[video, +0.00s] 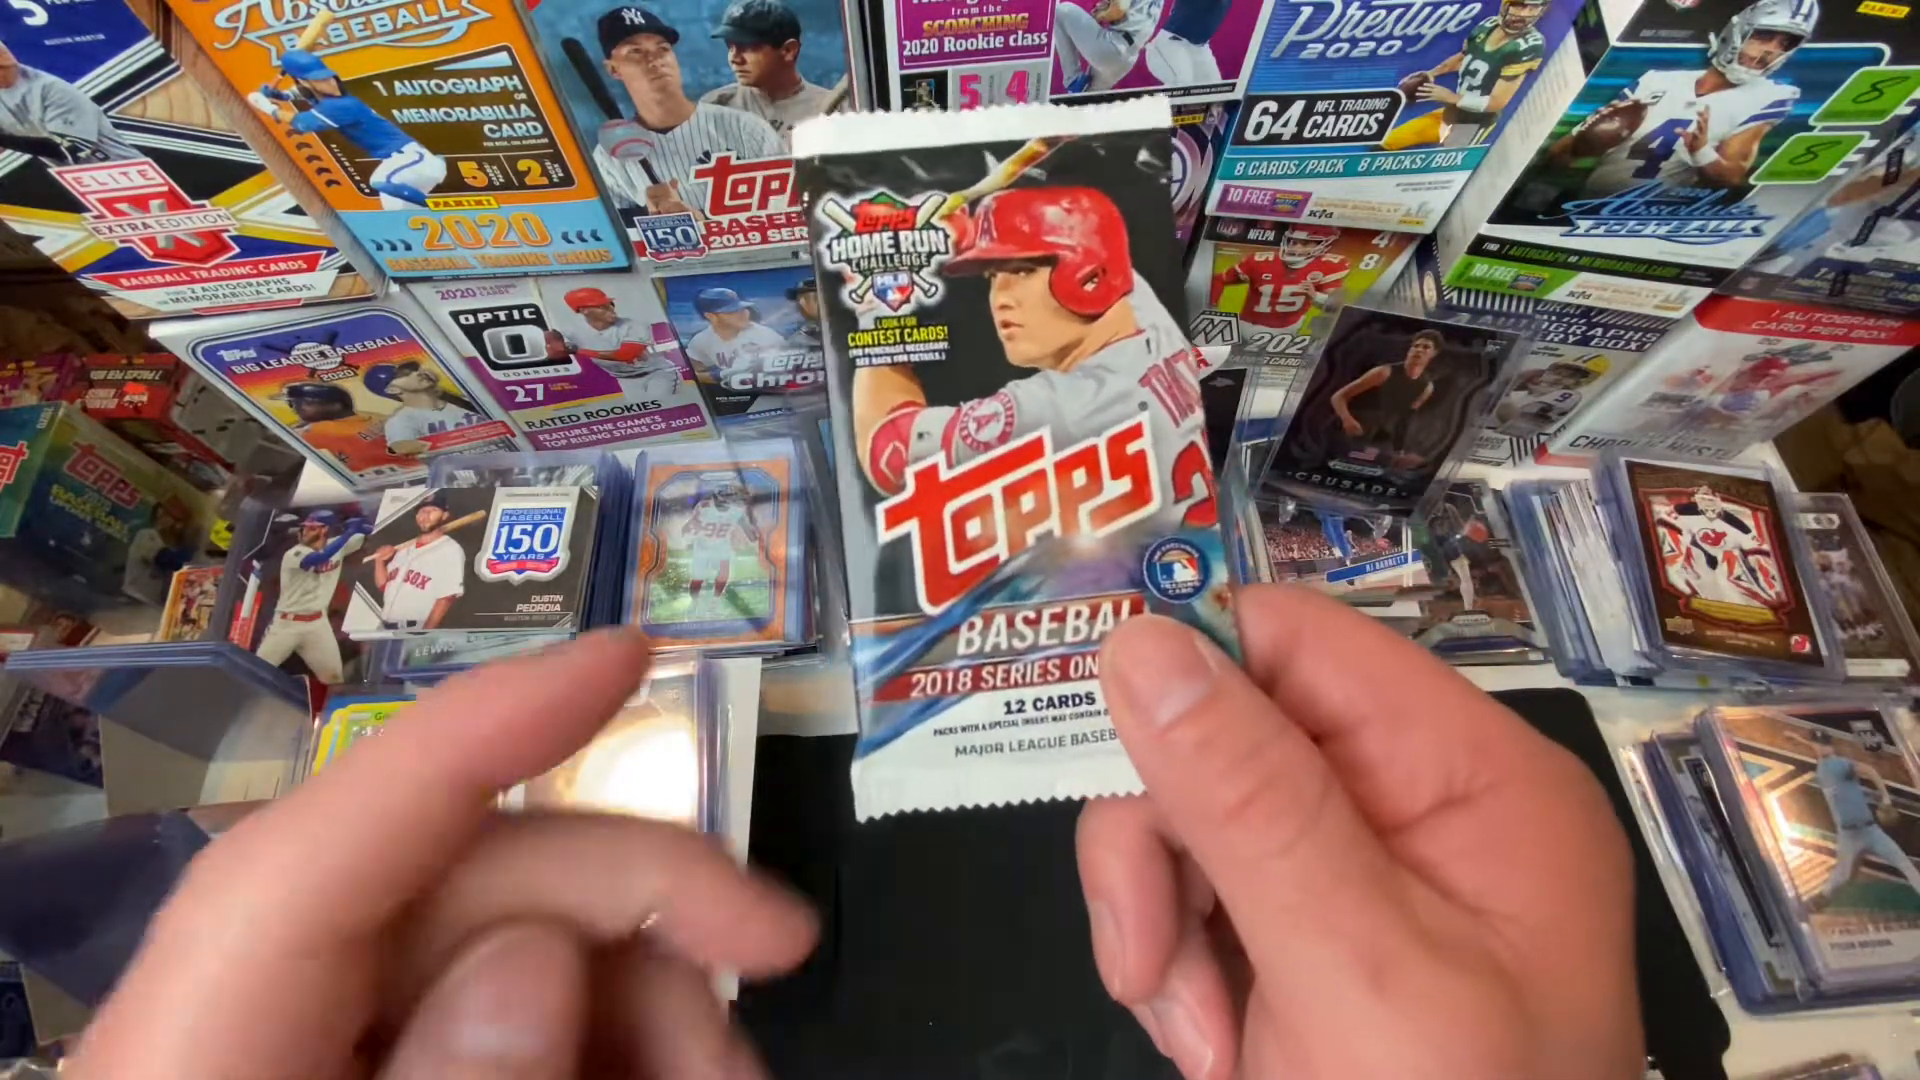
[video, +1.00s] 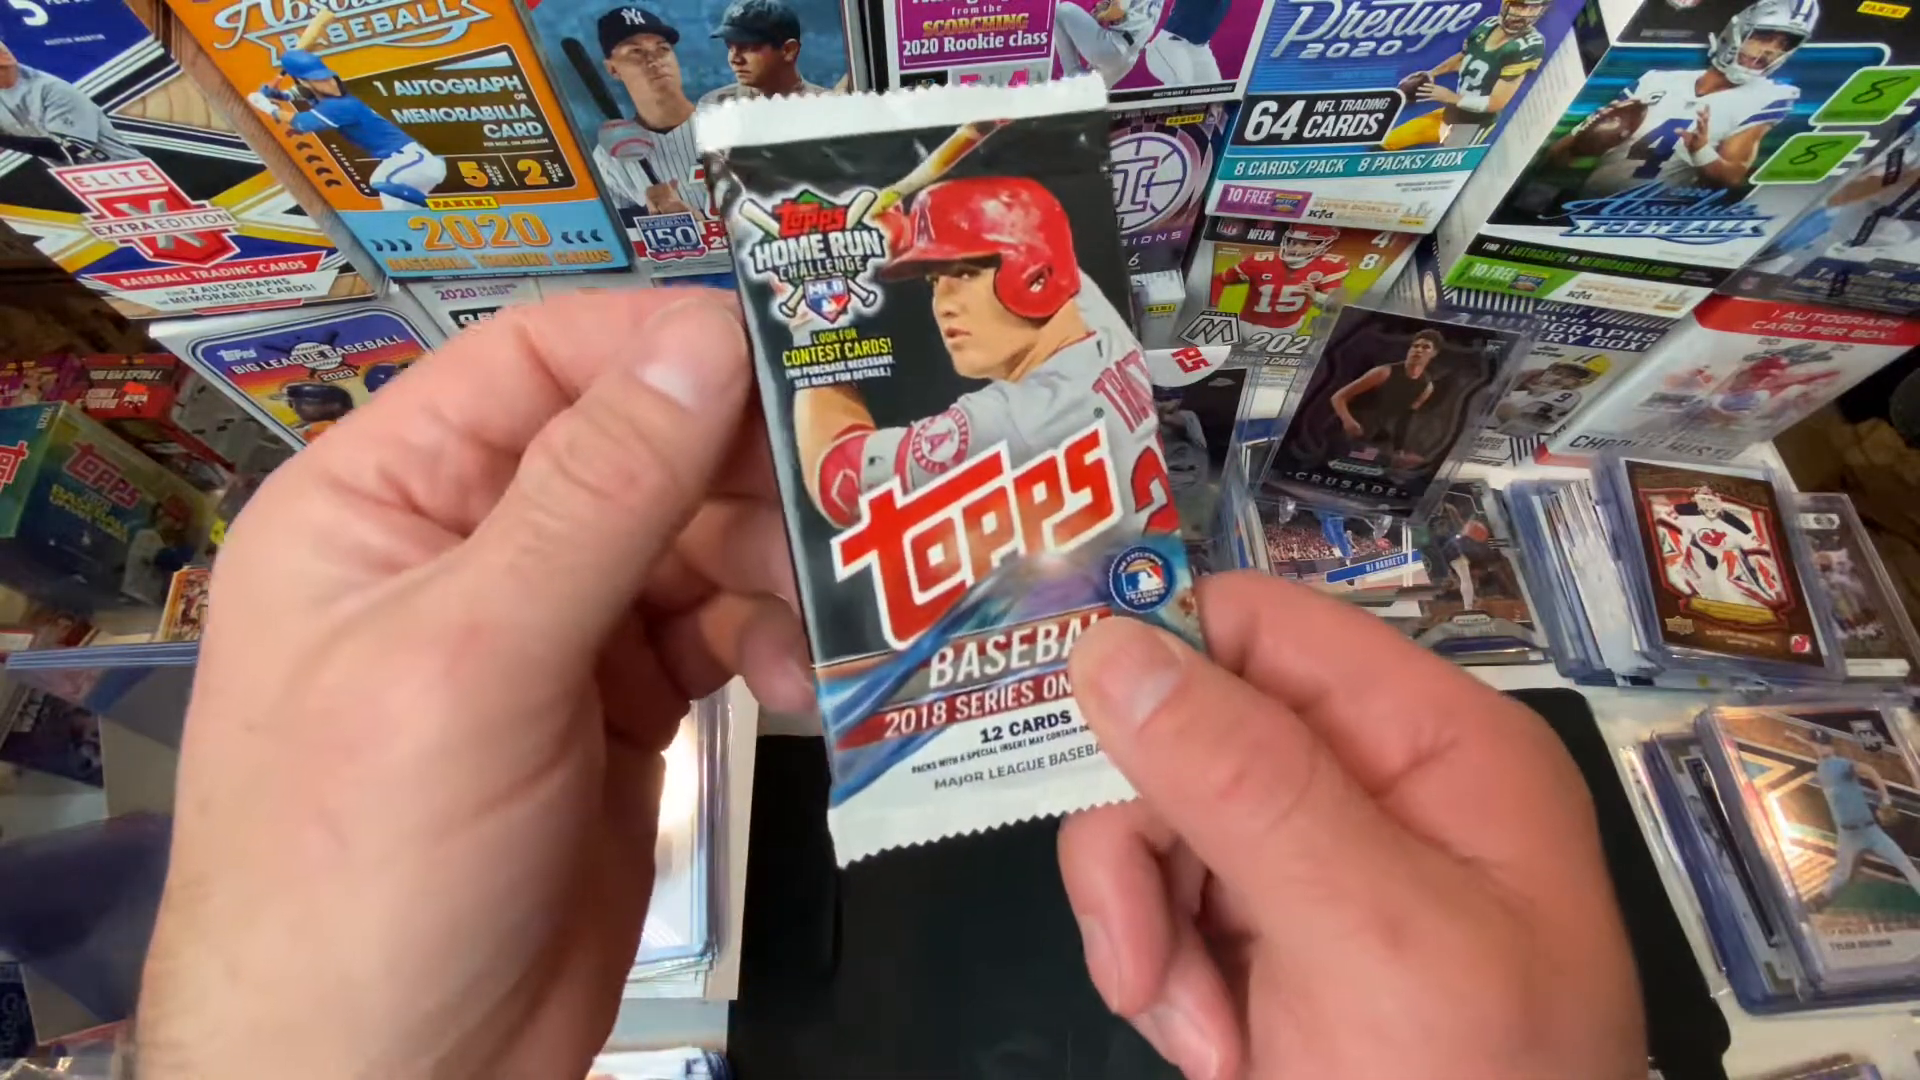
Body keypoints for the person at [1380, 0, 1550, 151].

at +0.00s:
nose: (1520, 13)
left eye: (1530, 7)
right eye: (1515, 5)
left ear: (1541, 11)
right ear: (1504, 5)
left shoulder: (1528, 47)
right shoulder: (1487, 26)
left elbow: (1496, 103)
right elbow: (1463, 57)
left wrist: (1450, 97)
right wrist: (1431, 73)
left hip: (1478, 123)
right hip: (1452, 111)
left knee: (1442, 172)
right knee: (1388, 141)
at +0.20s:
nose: (1520, 13)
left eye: (1530, 7)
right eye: (1516, 5)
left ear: (1542, 11)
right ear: (1503, 5)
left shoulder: (1527, 47)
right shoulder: (1487, 26)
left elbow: (1495, 103)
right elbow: (1463, 57)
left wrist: (1449, 97)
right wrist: (1431, 73)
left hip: (1479, 122)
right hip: (1452, 111)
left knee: (1442, 172)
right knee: (1388, 141)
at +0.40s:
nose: (1519, 15)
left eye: (1530, 8)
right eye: (1515, 5)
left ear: (1541, 12)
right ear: (1504, 4)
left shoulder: (1527, 47)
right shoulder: (1487, 26)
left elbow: (1496, 103)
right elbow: (1463, 57)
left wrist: (1449, 97)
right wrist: (1431, 74)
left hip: (1477, 124)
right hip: (1451, 112)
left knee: (1442, 175)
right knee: (1389, 141)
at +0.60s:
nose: (1519, 15)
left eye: (1529, 9)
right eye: (1515, 5)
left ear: (1541, 12)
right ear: (1504, 4)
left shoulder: (1527, 47)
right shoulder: (1487, 26)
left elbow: (1496, 103)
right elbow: (1463, 57)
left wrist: (1450, 97)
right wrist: (1431, 74)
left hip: (1477, 123)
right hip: (1451, 112)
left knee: (1442, 174)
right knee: (1389, 141)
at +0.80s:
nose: (1520, 14)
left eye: (1530, 7)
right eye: (1516, 5)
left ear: (1541, 11)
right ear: (1504, 4)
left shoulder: (1527, 47)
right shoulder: (1487, 26)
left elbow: (1496, 103)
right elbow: (1463, 57)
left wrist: (1450, 97)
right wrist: (1431, 74)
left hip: (1477, 123)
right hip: (1451, 111)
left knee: (1443, 175)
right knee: (1389, 141)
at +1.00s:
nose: (1518, 13)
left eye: (1529, 7)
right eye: (1514, 4)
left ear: (1541, 10)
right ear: (1503, 3)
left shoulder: (1527, 47)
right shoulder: (1487, 26)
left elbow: (1496, 104)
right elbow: (1463, 58)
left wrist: (1450, 97)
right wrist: (1431, 73)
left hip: (1477, 124)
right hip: (1452, 111)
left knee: (1442, 175)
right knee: (1389, 141)